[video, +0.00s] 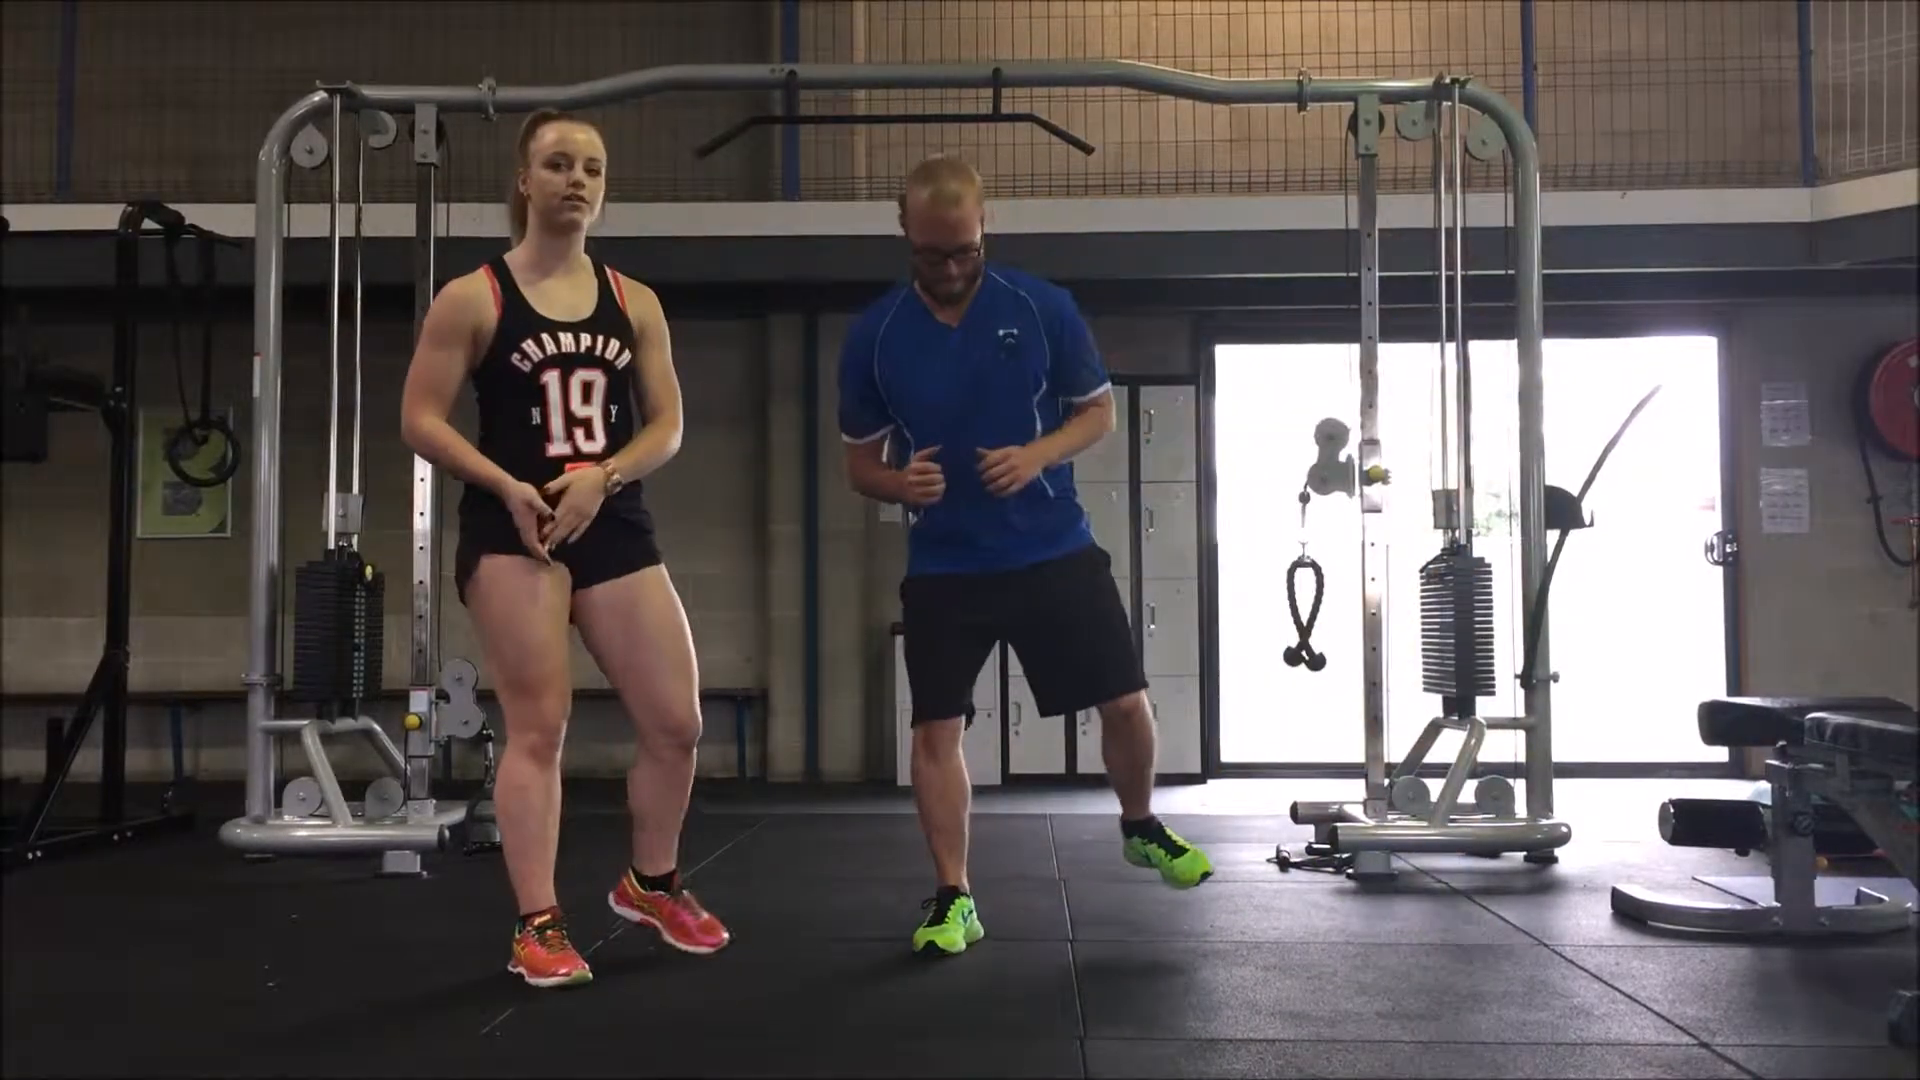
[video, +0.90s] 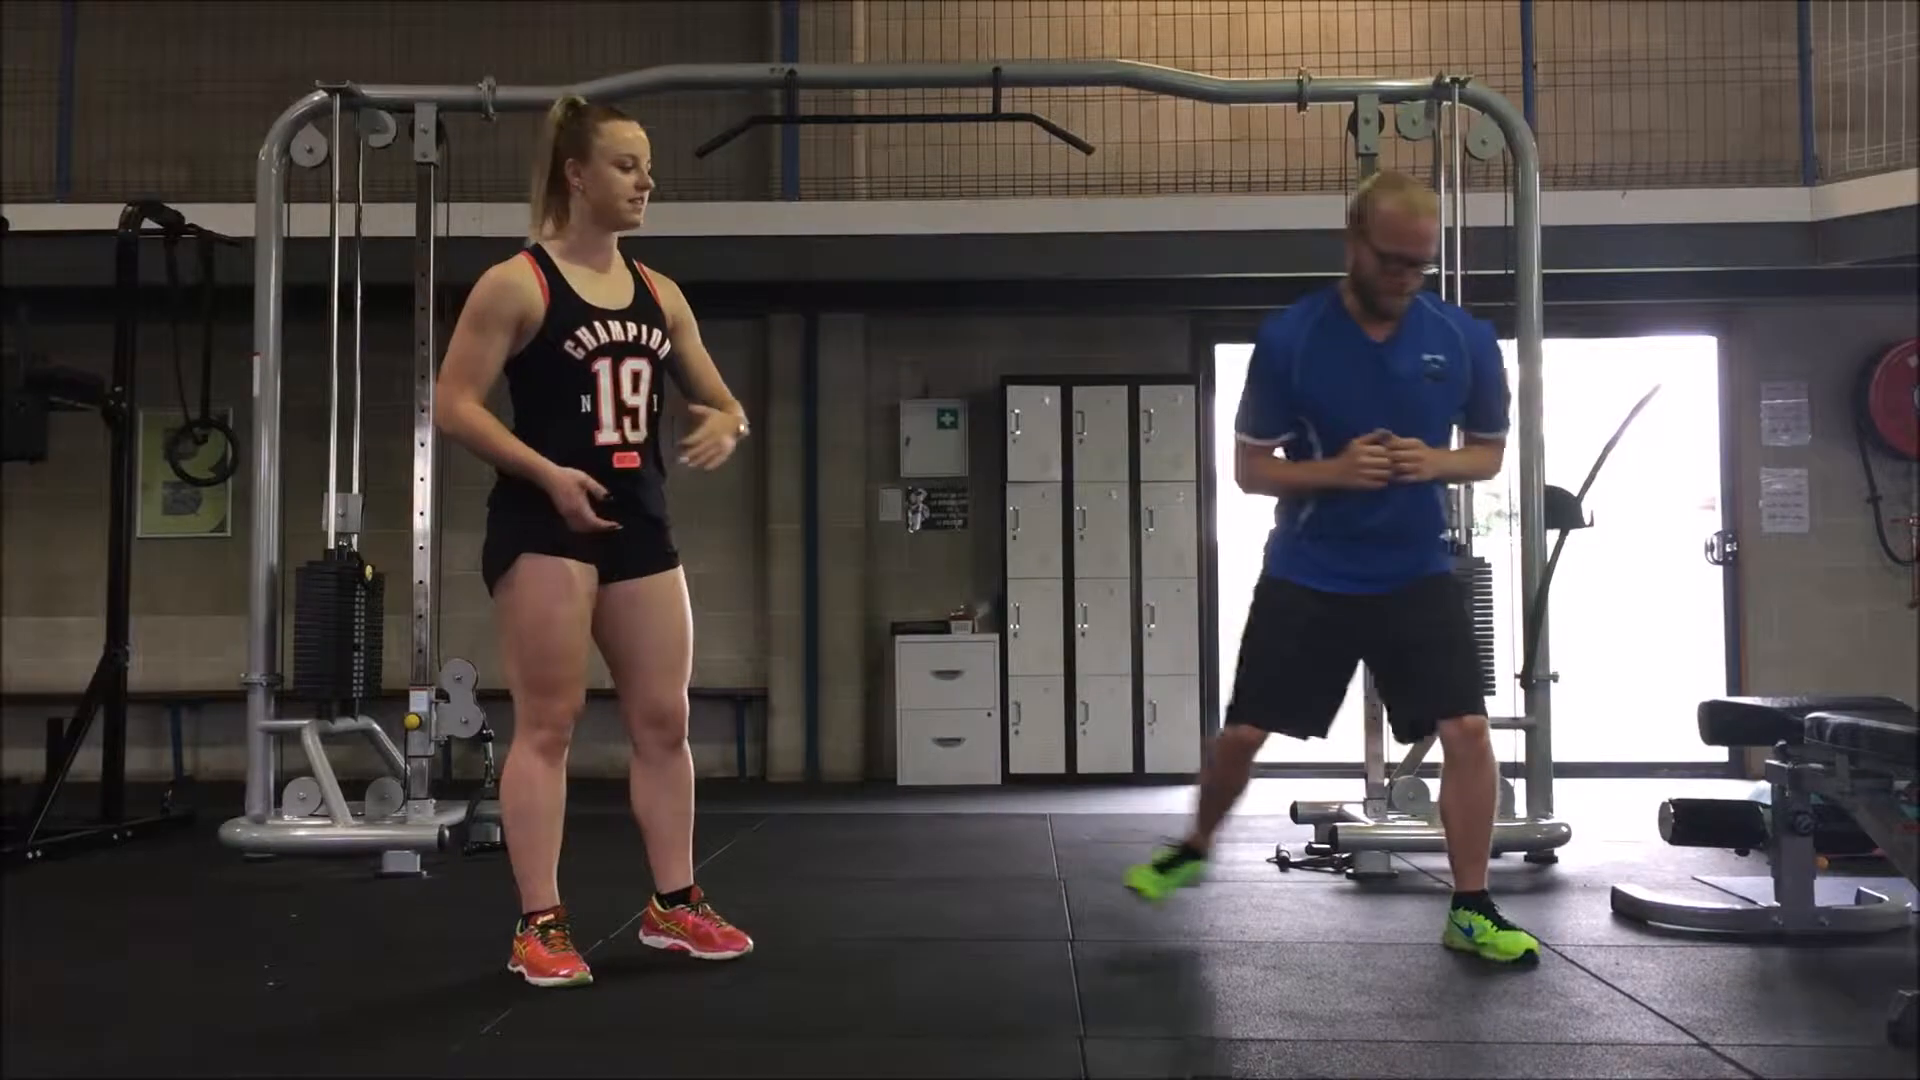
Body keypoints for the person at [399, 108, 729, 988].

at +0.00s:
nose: (575, 180)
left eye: (589, 169)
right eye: (557, 165)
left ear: (603, 189)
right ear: (522, 181)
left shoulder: (635, 303)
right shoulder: (471, 300)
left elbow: (668, 426)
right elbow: (419, 420)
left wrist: (605, 475)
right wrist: (504, 485)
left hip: (613, 527)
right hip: (511, 530)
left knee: (674, 721)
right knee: (537, 723)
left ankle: (652, 884)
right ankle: (539, 926)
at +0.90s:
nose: (644, 182)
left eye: (647, 169)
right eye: (627, 166)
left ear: (633, 183)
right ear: (574, 173)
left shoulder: (660, 293)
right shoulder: (514, 285)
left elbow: (717, 404)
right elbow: (453, 404)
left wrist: (727, 423)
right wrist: (545, 471)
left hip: (641, 530)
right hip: (546, 527)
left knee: (664, 723)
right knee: (546, 725)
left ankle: (674, 904)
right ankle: (540, 926)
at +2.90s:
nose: (631, 183)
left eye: (643, 169)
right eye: (611, 169)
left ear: (658, 187)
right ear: (576, 186)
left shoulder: (684, 303)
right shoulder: (531, 297)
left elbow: (724, 419)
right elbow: (481, 417)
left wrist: (702, 514)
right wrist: (566, 479)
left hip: (655, 533)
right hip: (553, 531)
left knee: (684, 726)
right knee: (546, 726)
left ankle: (674, 907)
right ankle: (538, 925)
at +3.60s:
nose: (621, 184)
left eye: (633, 173)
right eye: (602, 169)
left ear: (646, 193)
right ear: (564, 185)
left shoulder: (674, 302)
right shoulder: (521, 291)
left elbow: (701, 414)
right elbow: (481, 411)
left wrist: (690, 443)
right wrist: (596, 409)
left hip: (636, 533)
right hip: (540, 525)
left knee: (683, 725)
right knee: (543, 722)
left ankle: (673, 907)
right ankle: (537, 926)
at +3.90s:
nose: (619, 186)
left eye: (631, 174)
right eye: (600, 171)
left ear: (645, 194)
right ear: (563, 188)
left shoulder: (671, 302)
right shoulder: (519, 294)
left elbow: (709, 413)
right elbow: (475, 414)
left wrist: (696, 437)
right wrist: (572, 397)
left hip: (647, 531)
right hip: (552, 525)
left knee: (690, 721)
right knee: (549, 719)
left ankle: (674, 907)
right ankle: (538, 924)